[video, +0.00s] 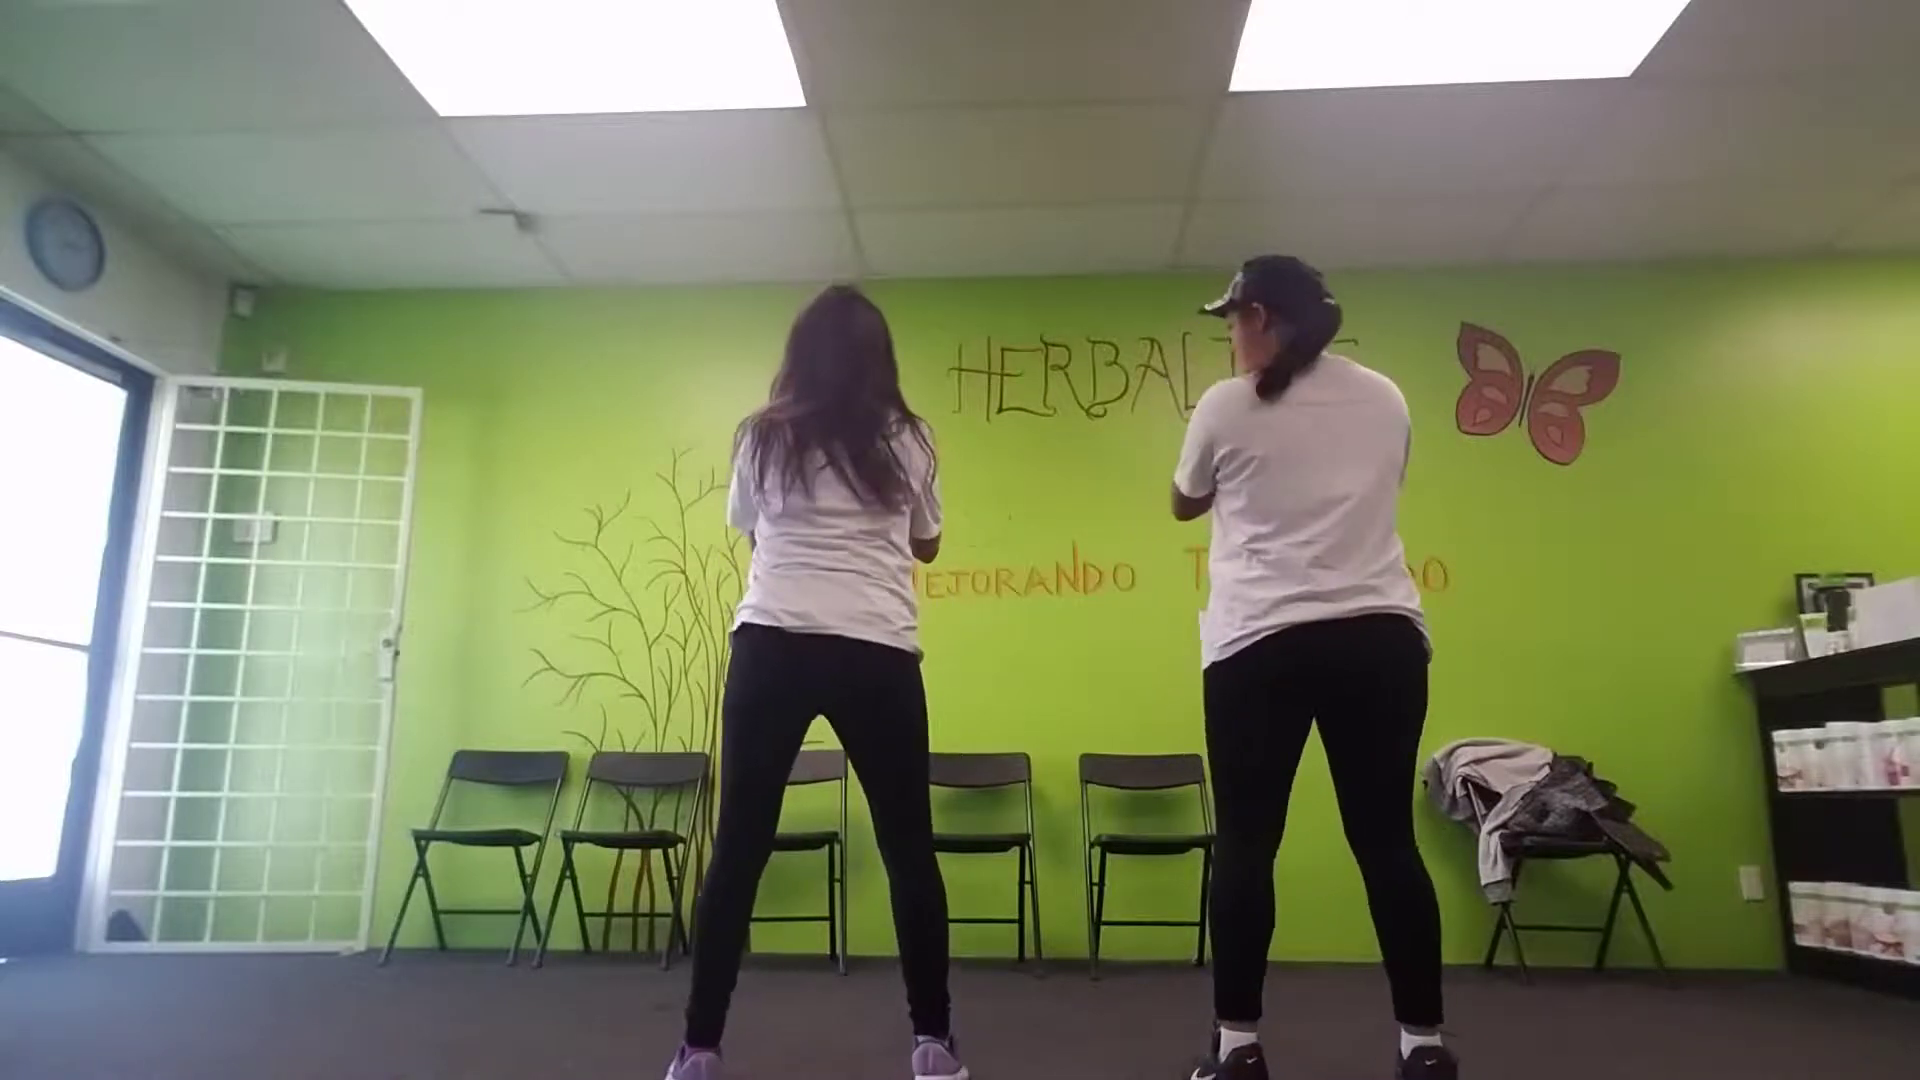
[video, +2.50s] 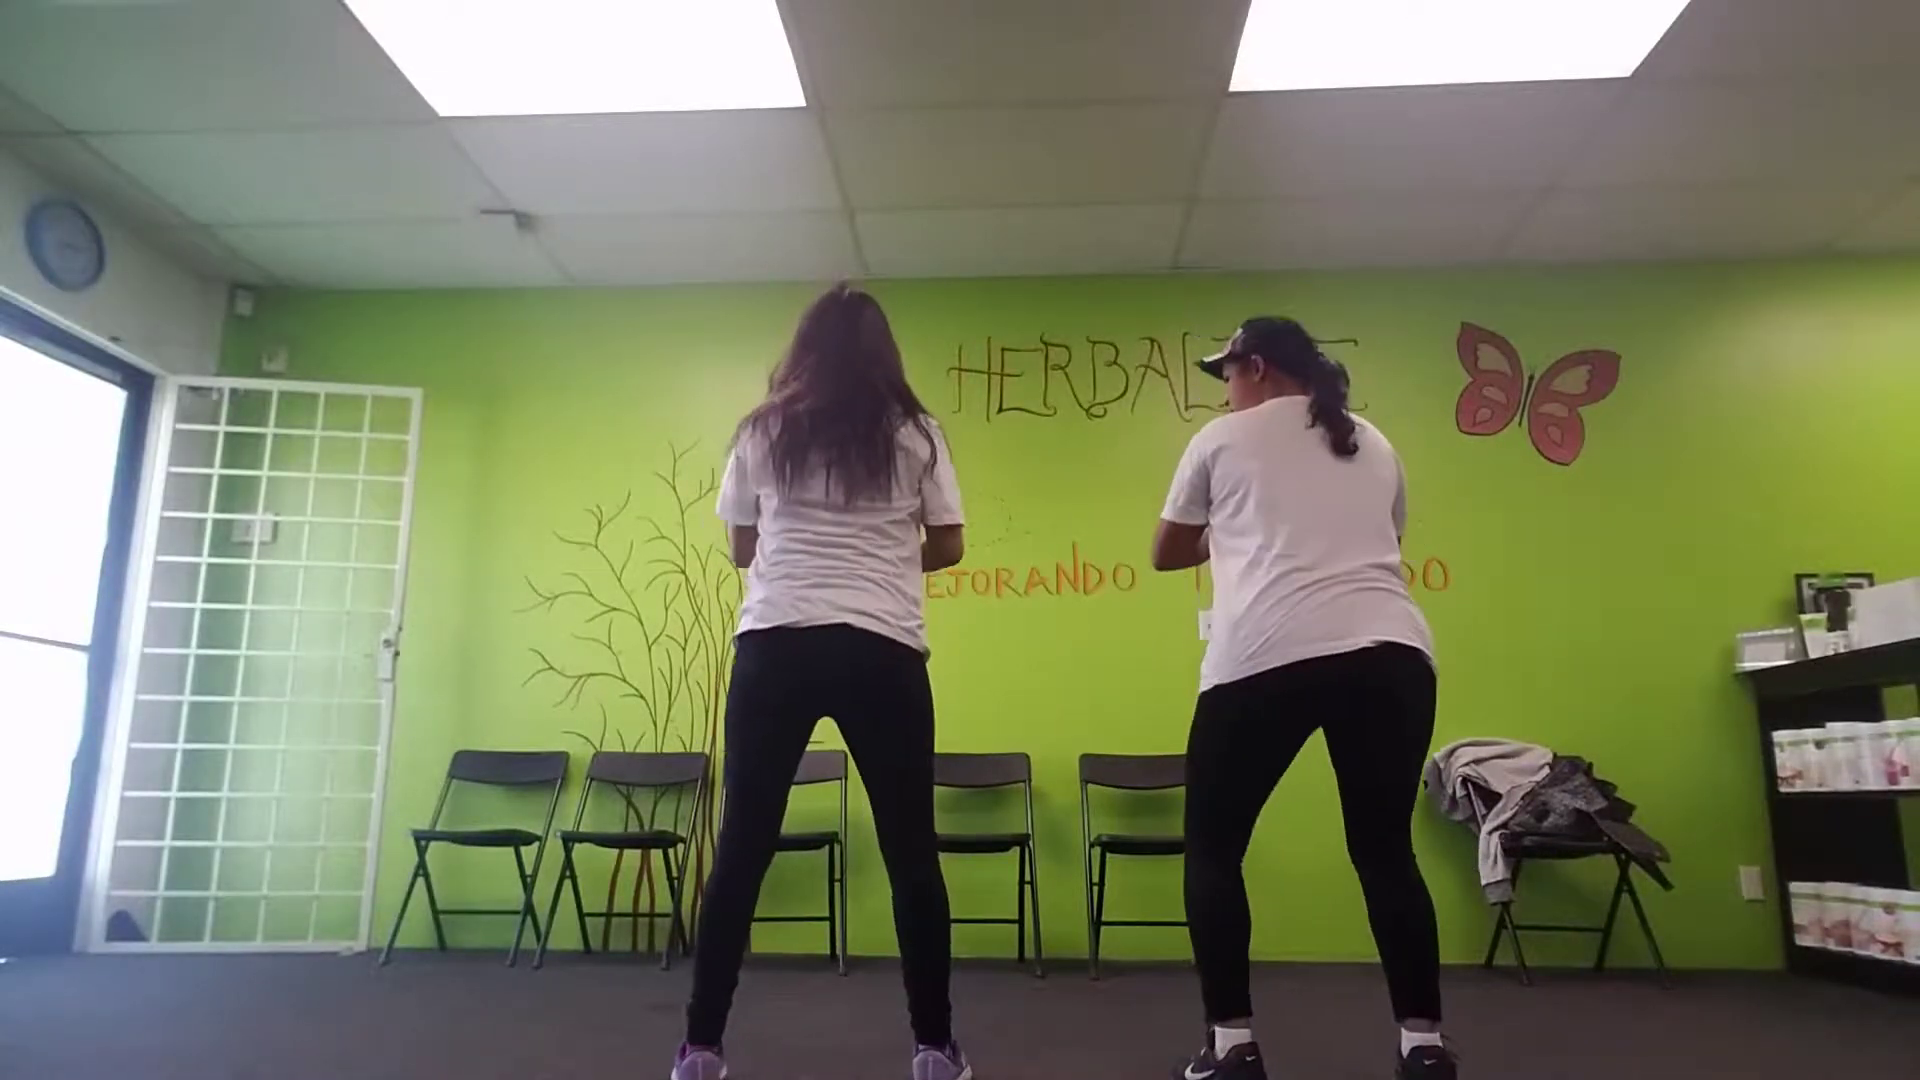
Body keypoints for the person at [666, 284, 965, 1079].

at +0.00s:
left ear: (796, 355)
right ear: (881, 358)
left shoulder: (762, 433)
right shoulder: (909, 436)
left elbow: (748, 525)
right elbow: (926, 542)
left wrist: (822, 510)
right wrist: (856, 506)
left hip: (771, 645)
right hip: (876, 650)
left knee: (738, 847)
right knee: (910, 849)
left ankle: (698, 1052)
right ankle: (933, 1049)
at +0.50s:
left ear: (810, 440)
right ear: (892, 441)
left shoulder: (774, 503)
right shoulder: (914, 509)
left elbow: (767, 590)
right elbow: (941, 613)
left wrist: (834, 572)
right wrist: (878, 567)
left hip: (771, 689)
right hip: (883, 697)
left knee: (722, 859)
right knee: (932, 861)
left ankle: (697, 1049)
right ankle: (936, 1049)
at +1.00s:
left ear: (806, 645)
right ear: (885, 649)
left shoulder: (767, 705)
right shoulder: (900, 710)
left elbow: (754, 778)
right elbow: (942, 803)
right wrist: (886, 763)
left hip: (750, 903)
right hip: (862, 908)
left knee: (703, 880)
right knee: (962, 870)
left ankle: (701, 1040)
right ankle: (937, 1042)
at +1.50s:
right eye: (888, 491)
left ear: (805, 491)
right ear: (885, 499)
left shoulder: (764, 557)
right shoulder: (904, 562)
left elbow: (751, 643)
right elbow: (959, 660)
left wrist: (816, 636)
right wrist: (891, 620)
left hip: (754, 715)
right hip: (869, 721)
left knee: (719, 866)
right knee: (935, 867)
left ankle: (698, 1048)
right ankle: (935, 1049)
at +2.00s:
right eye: (884, 323)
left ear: (803, 334)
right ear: (887, 337)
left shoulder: (762, 412)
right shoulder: (919, 412)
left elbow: (726, 520)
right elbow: (953, 519)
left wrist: (778, 571)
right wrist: (902, 575)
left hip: (786, 644)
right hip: (890, 646)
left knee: (750, 847)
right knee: (906, 851)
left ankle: (701, 1050)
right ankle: (934, 1051)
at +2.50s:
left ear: (800, 352)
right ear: (886, 355)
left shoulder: (763, 427)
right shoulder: (918, 427)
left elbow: (744, 550)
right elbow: (946, 546)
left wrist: (821, 551)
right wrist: (871, 555)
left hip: (775, 646)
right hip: (882, 647)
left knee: (742, 848)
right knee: (912, 855)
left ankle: (699, 1051)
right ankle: (935, 1053)